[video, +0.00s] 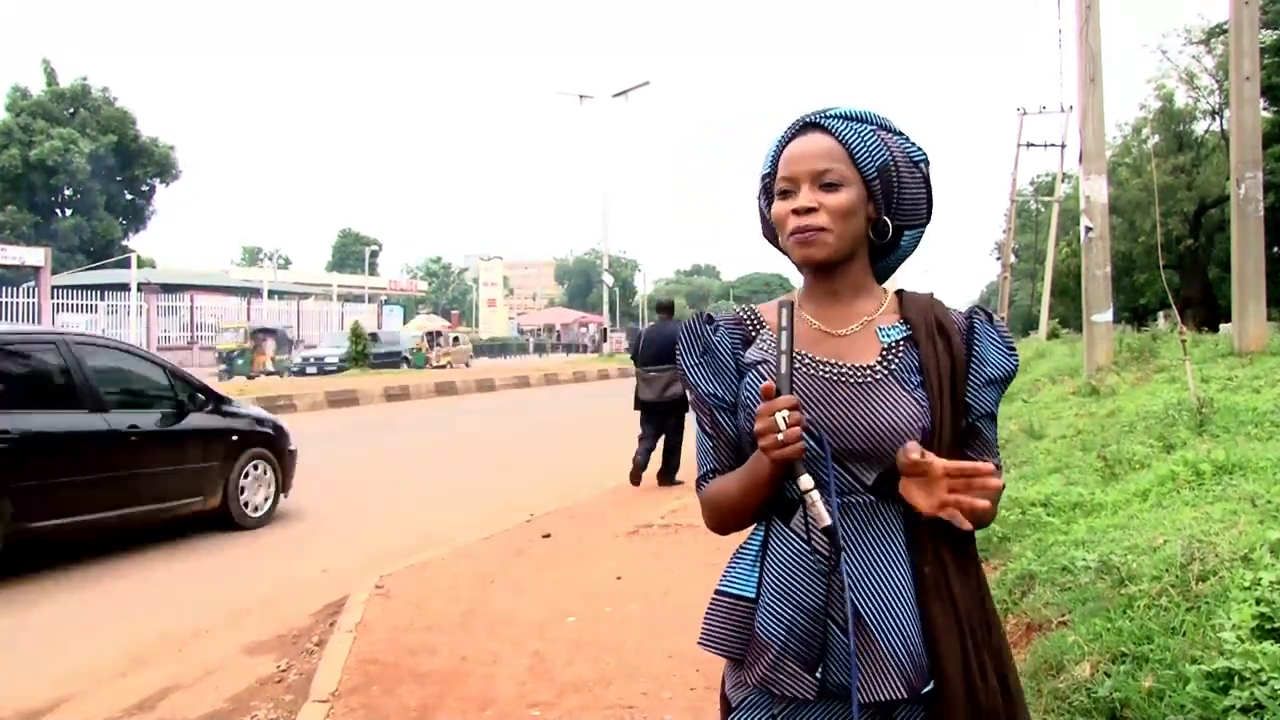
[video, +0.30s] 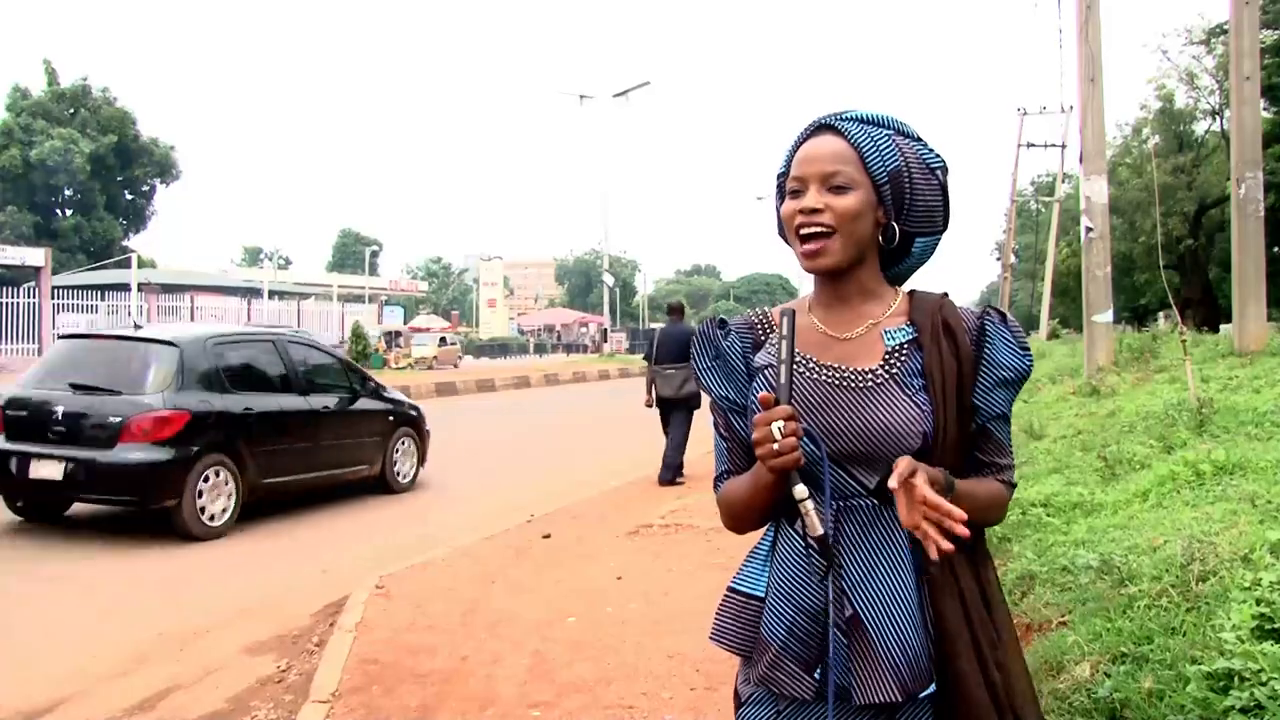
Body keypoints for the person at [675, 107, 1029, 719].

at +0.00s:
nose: (802, 204)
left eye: (828, 185)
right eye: (786, 191)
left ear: (875, 204)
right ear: (771, 213)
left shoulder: (948, 337)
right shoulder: (736, 343)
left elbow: (985, 495)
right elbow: (718, 514)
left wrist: (938, 491)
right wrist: (767, 459)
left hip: (918, 641)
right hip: (783, 646)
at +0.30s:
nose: (809, 205)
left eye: (837, 187)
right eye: (795, 189)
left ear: (885, 211)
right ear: (781, 210)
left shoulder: (957, 336)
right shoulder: (749, 345)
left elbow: (996, 492)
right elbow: (735, 515)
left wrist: (939, 485)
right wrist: (768, 471)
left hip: (921, 636)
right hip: (793, 637)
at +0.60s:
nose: (821, 198)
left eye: (849, 181)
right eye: (807, 184)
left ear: (897, 205)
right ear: (793, 206)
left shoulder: (959, 330)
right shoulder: (758, 339)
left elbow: (1003, 506)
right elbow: (739, 510)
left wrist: (940, 447)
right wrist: (770, 463)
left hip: (928, 624)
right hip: (799, 624)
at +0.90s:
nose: (828, 208)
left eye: (856, 190)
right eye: (813, 192)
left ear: (901, 213)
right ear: (797, 213)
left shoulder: (972, 340)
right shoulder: (760, 346)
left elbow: (1020, 504)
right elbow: (741, 515)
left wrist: (938, 462)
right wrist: (782, 474)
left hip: (938, 650)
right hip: (800, 650)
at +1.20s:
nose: (817, 228)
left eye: (847, 210)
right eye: (805, 209)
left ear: (894, 231)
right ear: (788, 224)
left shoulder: (960, 349)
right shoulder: (760, 361)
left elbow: (1001, 519)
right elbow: (743, 531)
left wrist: (960, 453)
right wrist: (786, 494)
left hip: (934, 625)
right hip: (809, 625)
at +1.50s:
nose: (822, 203)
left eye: (849, 183)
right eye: (806, 190)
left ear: (897, 202)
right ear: (792, 216)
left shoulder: (962, 321)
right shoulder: (761, 341)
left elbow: (1023, 451)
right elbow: (741, 512)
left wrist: (980, 271)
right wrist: (775, 462)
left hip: (929, 643)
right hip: (797, 641)